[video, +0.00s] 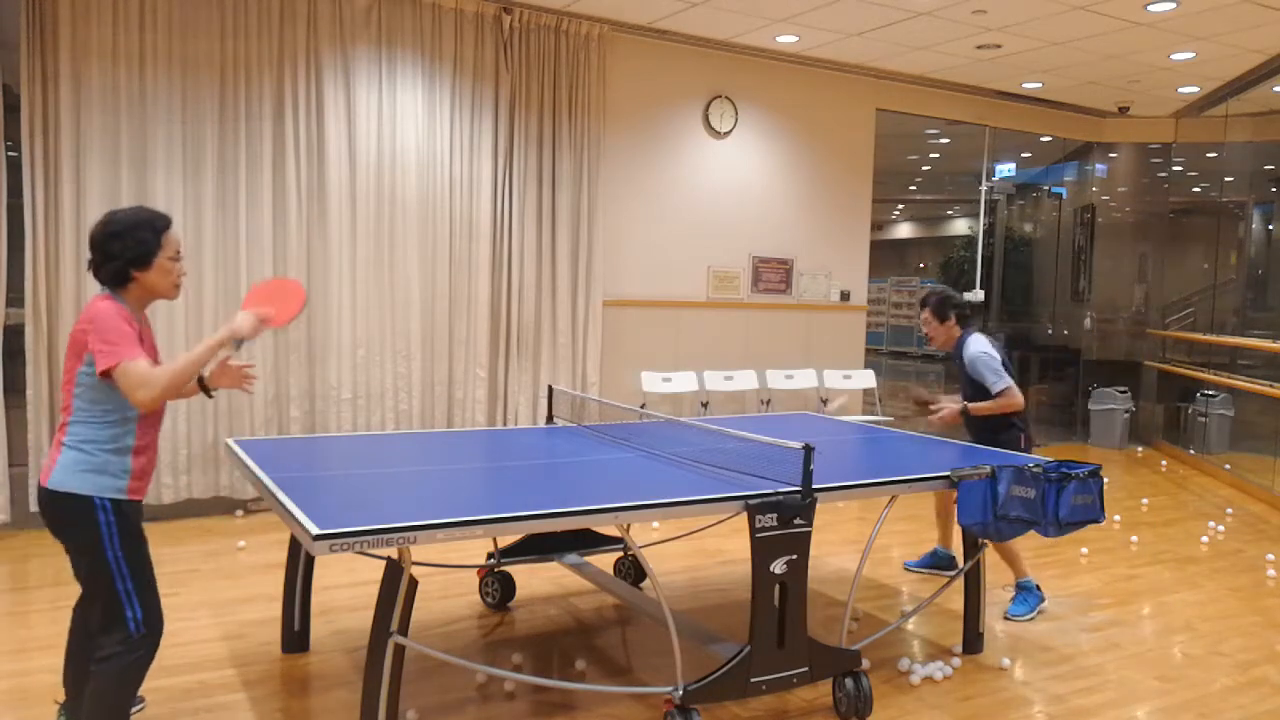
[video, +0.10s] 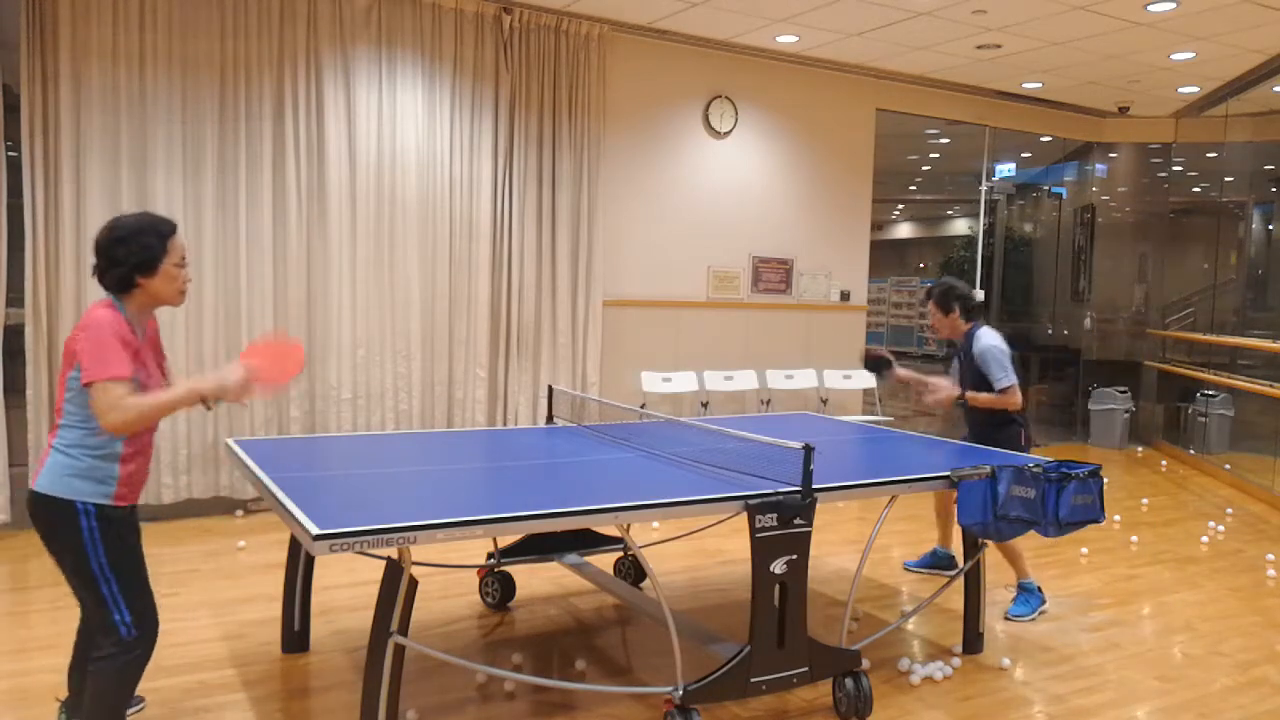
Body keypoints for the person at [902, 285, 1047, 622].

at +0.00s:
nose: (924, 332)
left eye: (928, 324)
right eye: (923, 325)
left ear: (949, 320)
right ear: (949, 322)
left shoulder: (976, 352)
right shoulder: (966, 348)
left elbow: (1015, 401)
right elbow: (981, 395)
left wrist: (962, 410)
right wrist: (945, 402)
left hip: (1006, 451)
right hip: (985, 446)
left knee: (982, 518)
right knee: (942, 480)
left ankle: (1027, 587)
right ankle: (945, 552)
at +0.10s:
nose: (931, 325)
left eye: (934, 317)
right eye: (930, 318)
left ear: (954, 313)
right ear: (951, 313)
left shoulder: (987, 343)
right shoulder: (964, 345)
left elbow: (1014, 400)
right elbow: (957, 387)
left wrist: (961, 395)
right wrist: (909, 377)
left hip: (1005, 445)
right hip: (978, 441)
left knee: (988, 517)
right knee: (943, 482)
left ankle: (1029, 588)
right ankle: (944, 553)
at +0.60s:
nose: (933, 308)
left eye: (940, 301)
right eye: (930, 301)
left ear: (963, 304)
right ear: (930, 305)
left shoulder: (987, 337)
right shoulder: (949, 340)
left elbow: (1029, 382)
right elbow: (961, 386)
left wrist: (983, 397)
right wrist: (932, 406)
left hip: (1004, 440)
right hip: (971, 436)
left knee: (1008, 512)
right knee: (942, 485)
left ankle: (1031, 588)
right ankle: (939, 552)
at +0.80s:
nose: (915, 329)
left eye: (918, 321)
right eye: (913, 322)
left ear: (940, 318)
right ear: (937, 319)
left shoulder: (968, 344)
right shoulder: (953, 348)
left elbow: (1011, 390)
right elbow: (968, 394)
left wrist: (962, 412)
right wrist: (923, 406)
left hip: (1002, 446)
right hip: (975, 443)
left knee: (997, 517)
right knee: (935, 482)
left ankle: (1032, 589)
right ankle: (939, 551)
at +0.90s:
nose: (910, 325)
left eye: (914, 318)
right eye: (910, 318)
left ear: (935, 317)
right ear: (934, 318)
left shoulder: (967, 342)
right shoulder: (942, 349)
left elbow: (1008, 388)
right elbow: (931, 386)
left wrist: (960, 406)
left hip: (997, 443)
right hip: (966, 440)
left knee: (995, 515)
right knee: (926, 481)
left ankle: (1029, 588)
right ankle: (937, 553)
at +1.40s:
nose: (915, 308)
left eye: (922, 302)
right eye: (912, 302)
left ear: (944, 305)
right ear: (911, 305)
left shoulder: (969, 338)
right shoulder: (923, 341)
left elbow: (1003, 382)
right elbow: (930, 383)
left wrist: (960, 397)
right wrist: (899, 398)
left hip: (981, 432)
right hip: (948, 430)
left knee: (978, 503)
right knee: (917, 477)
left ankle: (1003, 574)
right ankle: (924, 547)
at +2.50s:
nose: (883, 326)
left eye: (886, 318)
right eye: (882, 319)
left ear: (906, 316)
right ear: (904, 316)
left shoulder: (931, 339)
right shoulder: (920, 341)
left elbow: (973, 378)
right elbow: (931, 386)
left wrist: (933, 405)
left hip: (971, 434)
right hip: (948, 433)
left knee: (978, 504)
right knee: (914, 479)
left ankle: (1006, 577)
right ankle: (924, 545)